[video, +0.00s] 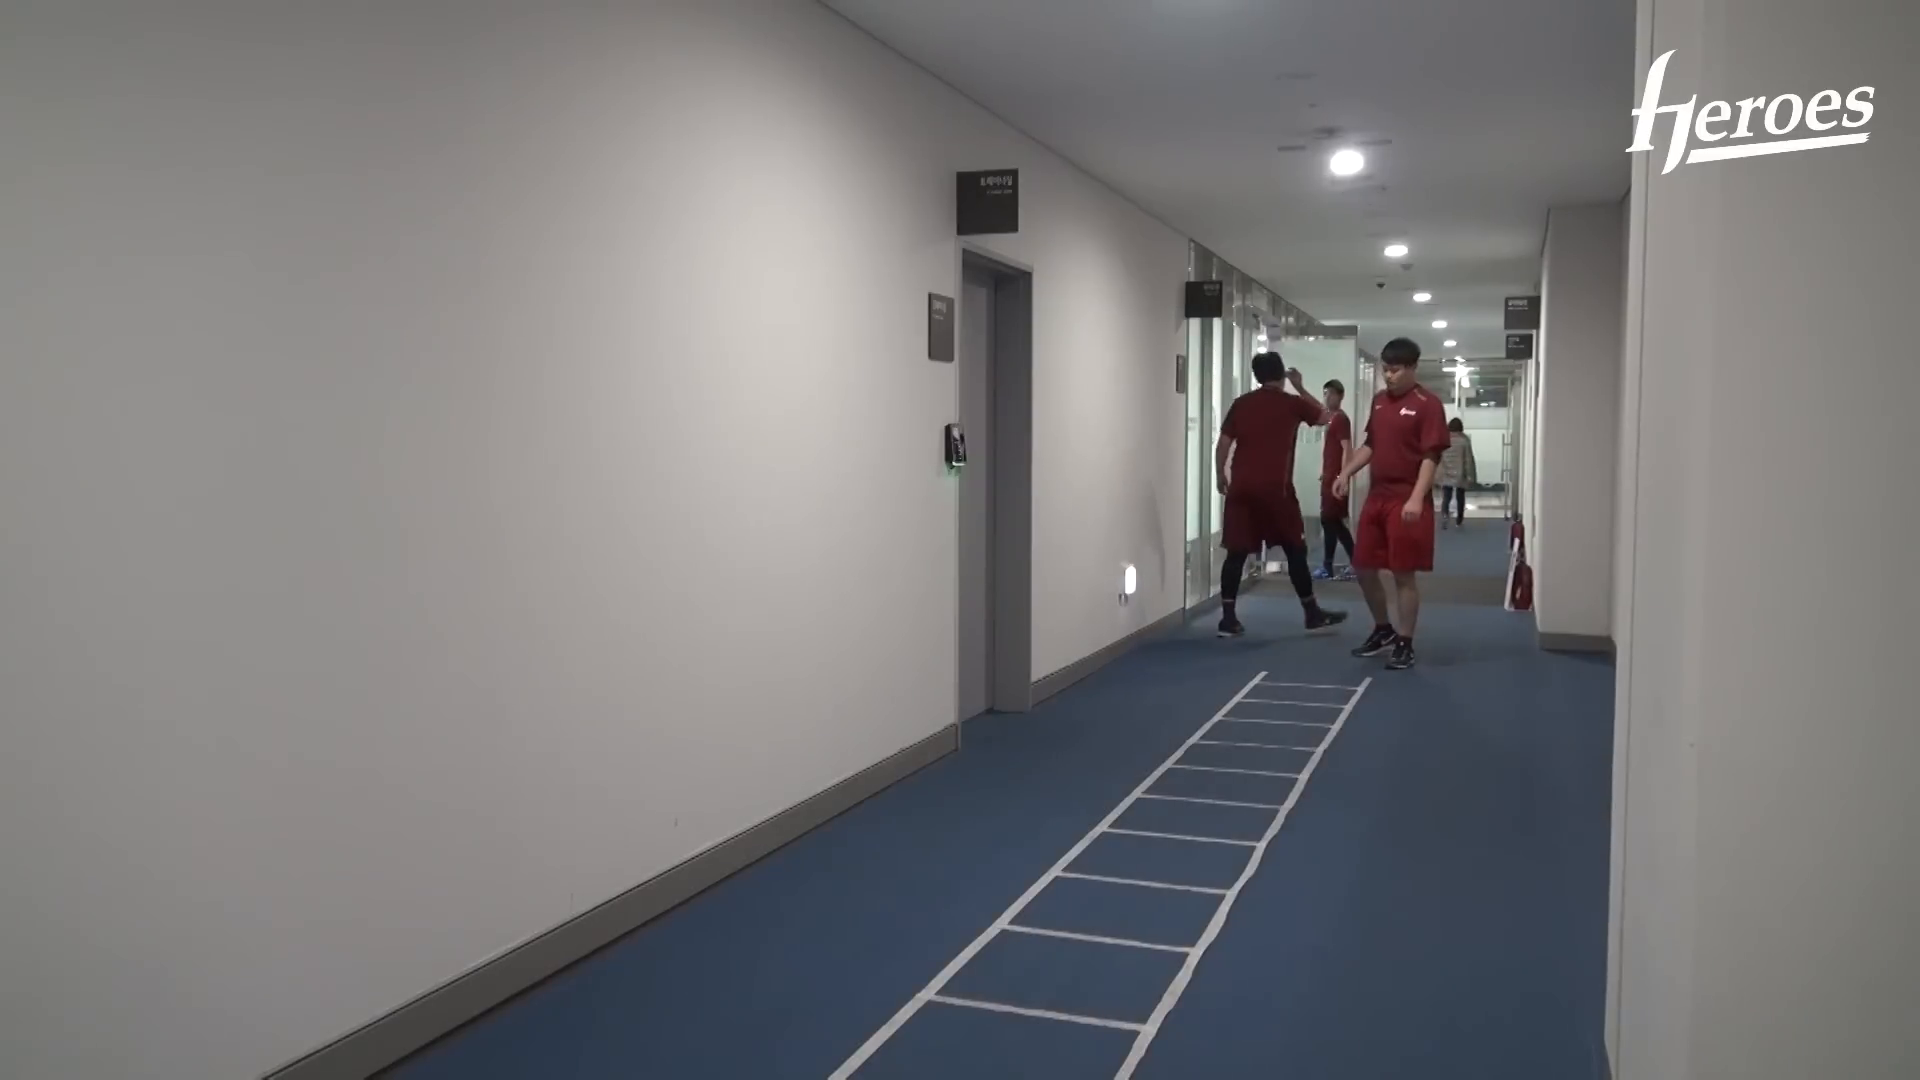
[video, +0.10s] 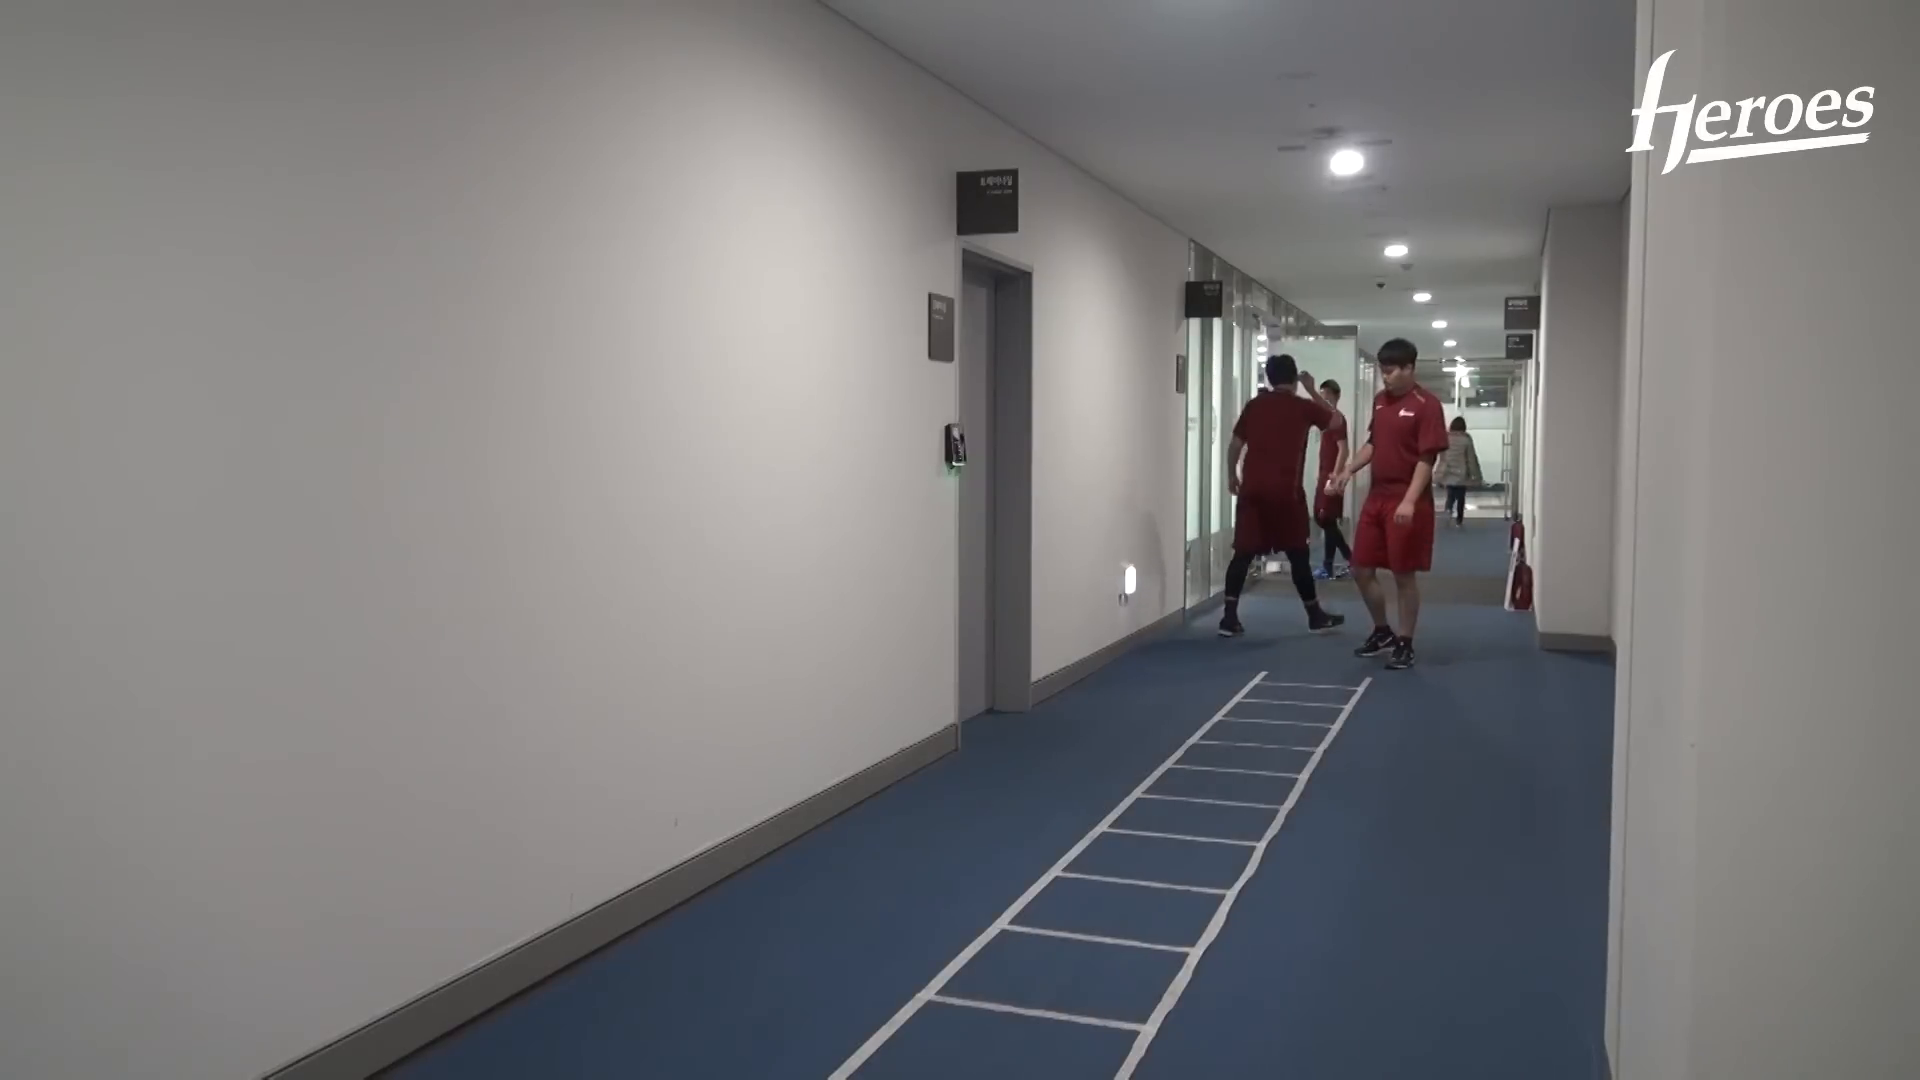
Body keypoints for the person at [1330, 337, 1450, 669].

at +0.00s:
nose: (1388, 374)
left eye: (1395, 368)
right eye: (1385, 368)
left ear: (1413, 368)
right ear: (1383, 367)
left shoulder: (1429, 404)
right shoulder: (1380, 400)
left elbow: (1431, 456)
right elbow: (1370, 445)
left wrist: (1417, 498)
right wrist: (1346, 473)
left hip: (1408, 498)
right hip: (1378, 495)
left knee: (1403, 572)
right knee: (1364, 565)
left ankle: (1405, 643)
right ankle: (1383, 629)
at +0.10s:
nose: (1384, 376)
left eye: (1390, 370)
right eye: (1382, 370)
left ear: (1410, 368)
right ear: (1382, 370)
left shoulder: (1428, 405)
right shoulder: (1382, 400)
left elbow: (1427, 459)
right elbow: (1373, 444)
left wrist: (1409, 501)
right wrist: (1347, 470)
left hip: (1408, 497)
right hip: (1378, 495)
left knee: (1403, 573)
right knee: (1361, 569)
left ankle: (1405, 643)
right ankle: (1382, 631)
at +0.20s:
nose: (1381, 373)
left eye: (1387, 367)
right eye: (1379, 367)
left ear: (1407, 367)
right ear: (1381, 368)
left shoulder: (1426, 404)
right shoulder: (1381, 401)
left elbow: (1425, 460)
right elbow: (1374, 445)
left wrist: (1406, 502)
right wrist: (1351, 473)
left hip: (1408, 499)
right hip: (1379, 496)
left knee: (1404, 573)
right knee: (1357, 567)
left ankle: (1405, 642)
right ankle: (1380, 628)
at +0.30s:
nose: (1378, 373)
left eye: (1383, 367)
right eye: (1376, 367)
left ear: (1403, 367)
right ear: (1382, 369)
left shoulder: (1425, 403)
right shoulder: (1379, 401)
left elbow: (1424, 460)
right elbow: (1374, 446)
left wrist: (1407, 502)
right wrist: (1356, 482)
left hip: (1407, 499)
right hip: (1377, 497)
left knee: (1404, 572)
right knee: (1354, 566)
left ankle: (1405, 641)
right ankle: (1377, 623)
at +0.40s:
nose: (1375, 374)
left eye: (1380, 367)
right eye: (1373, 367)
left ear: (1400, 367)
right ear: (1375, 370)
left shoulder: (1423, 403)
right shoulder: (1376, 404)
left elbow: (1426, 458)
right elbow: (1369, 451)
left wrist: (1411, 501)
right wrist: (1362, 491)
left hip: (1404, 499)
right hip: (1373, 498)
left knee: (1402, 572)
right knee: (1354, 567)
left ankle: (1405, 642)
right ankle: (1371, 624)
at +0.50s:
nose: (1370, 375)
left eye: (1375, 368)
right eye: (1368, 369)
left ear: (1394, 367)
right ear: (1372, 371)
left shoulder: (1419, 403)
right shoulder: (1372, 405)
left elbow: (1428, 456)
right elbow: (1370, 454)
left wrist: (1418, 500)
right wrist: (1361, 497)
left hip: (1400, 500)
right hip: (1370, 498)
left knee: (1400, 572)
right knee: (1360, 569)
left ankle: (1404, 643)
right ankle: (1363, 630)